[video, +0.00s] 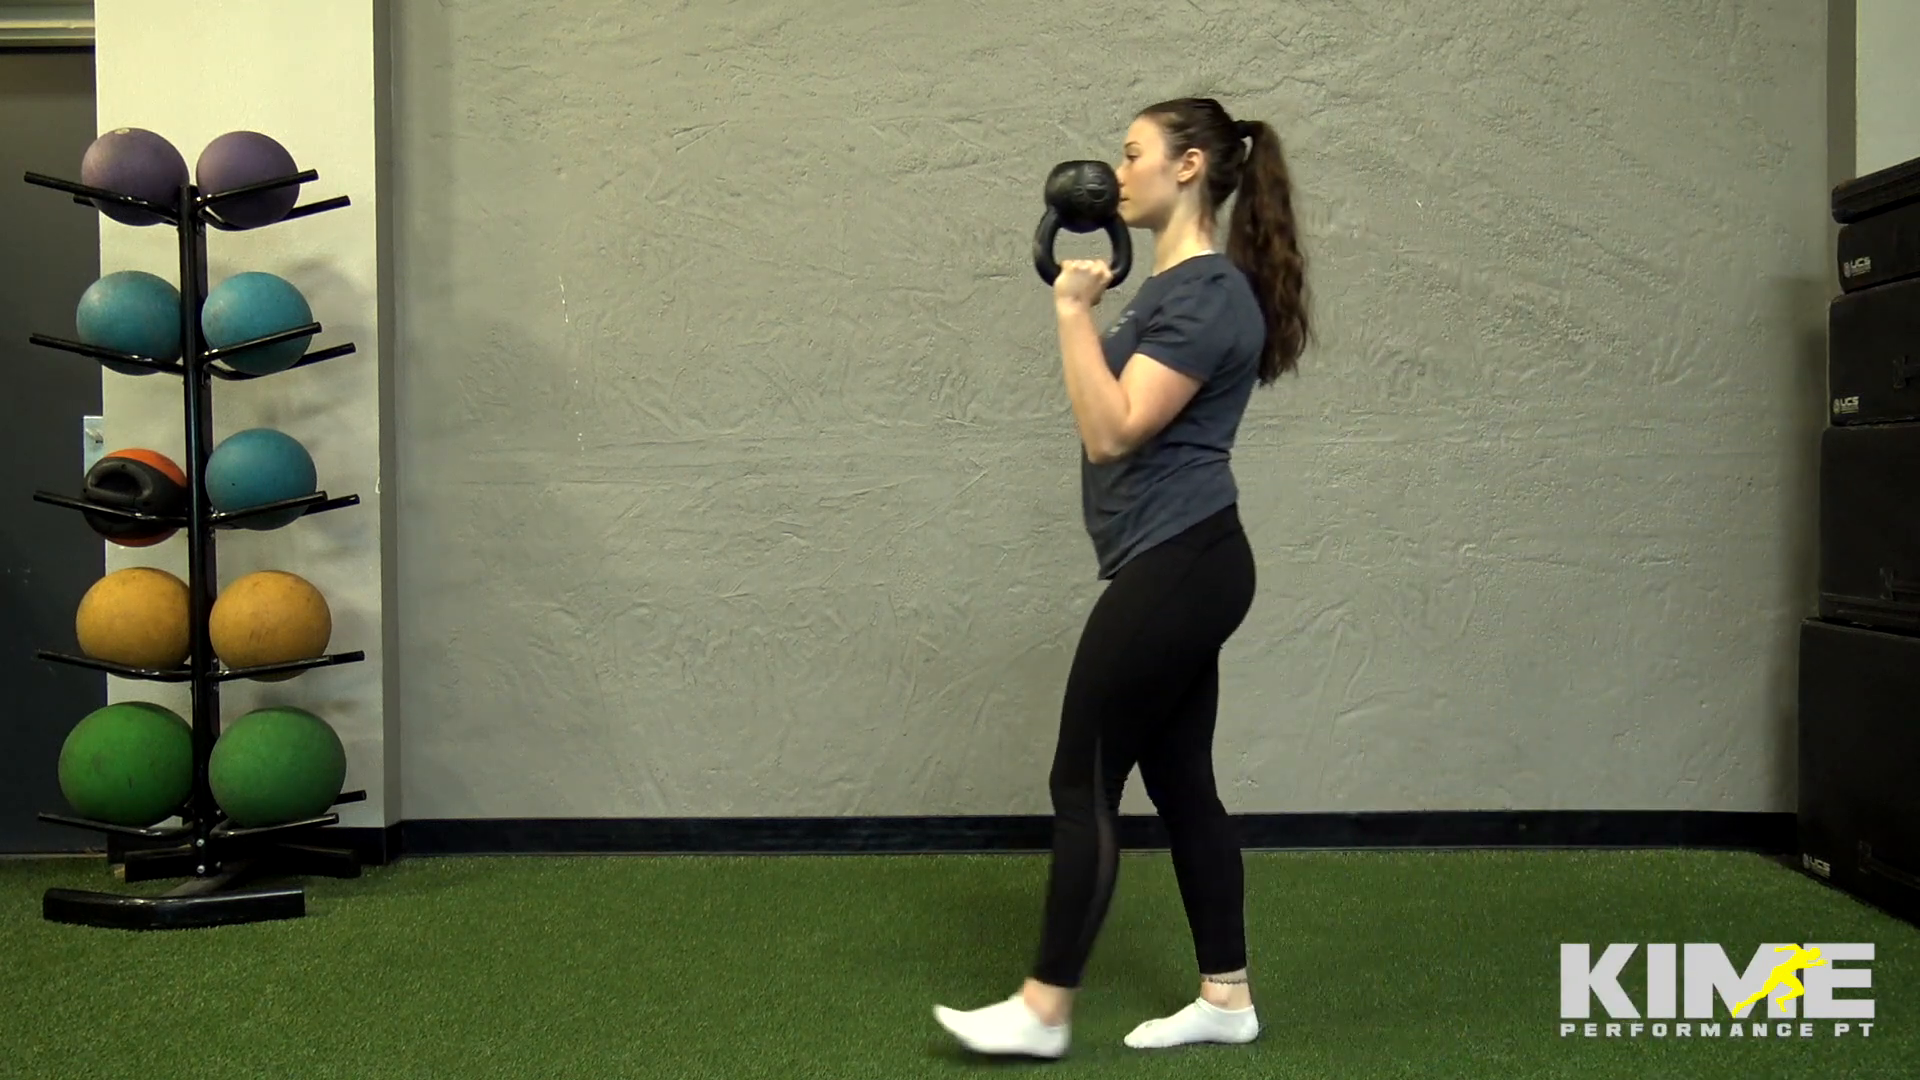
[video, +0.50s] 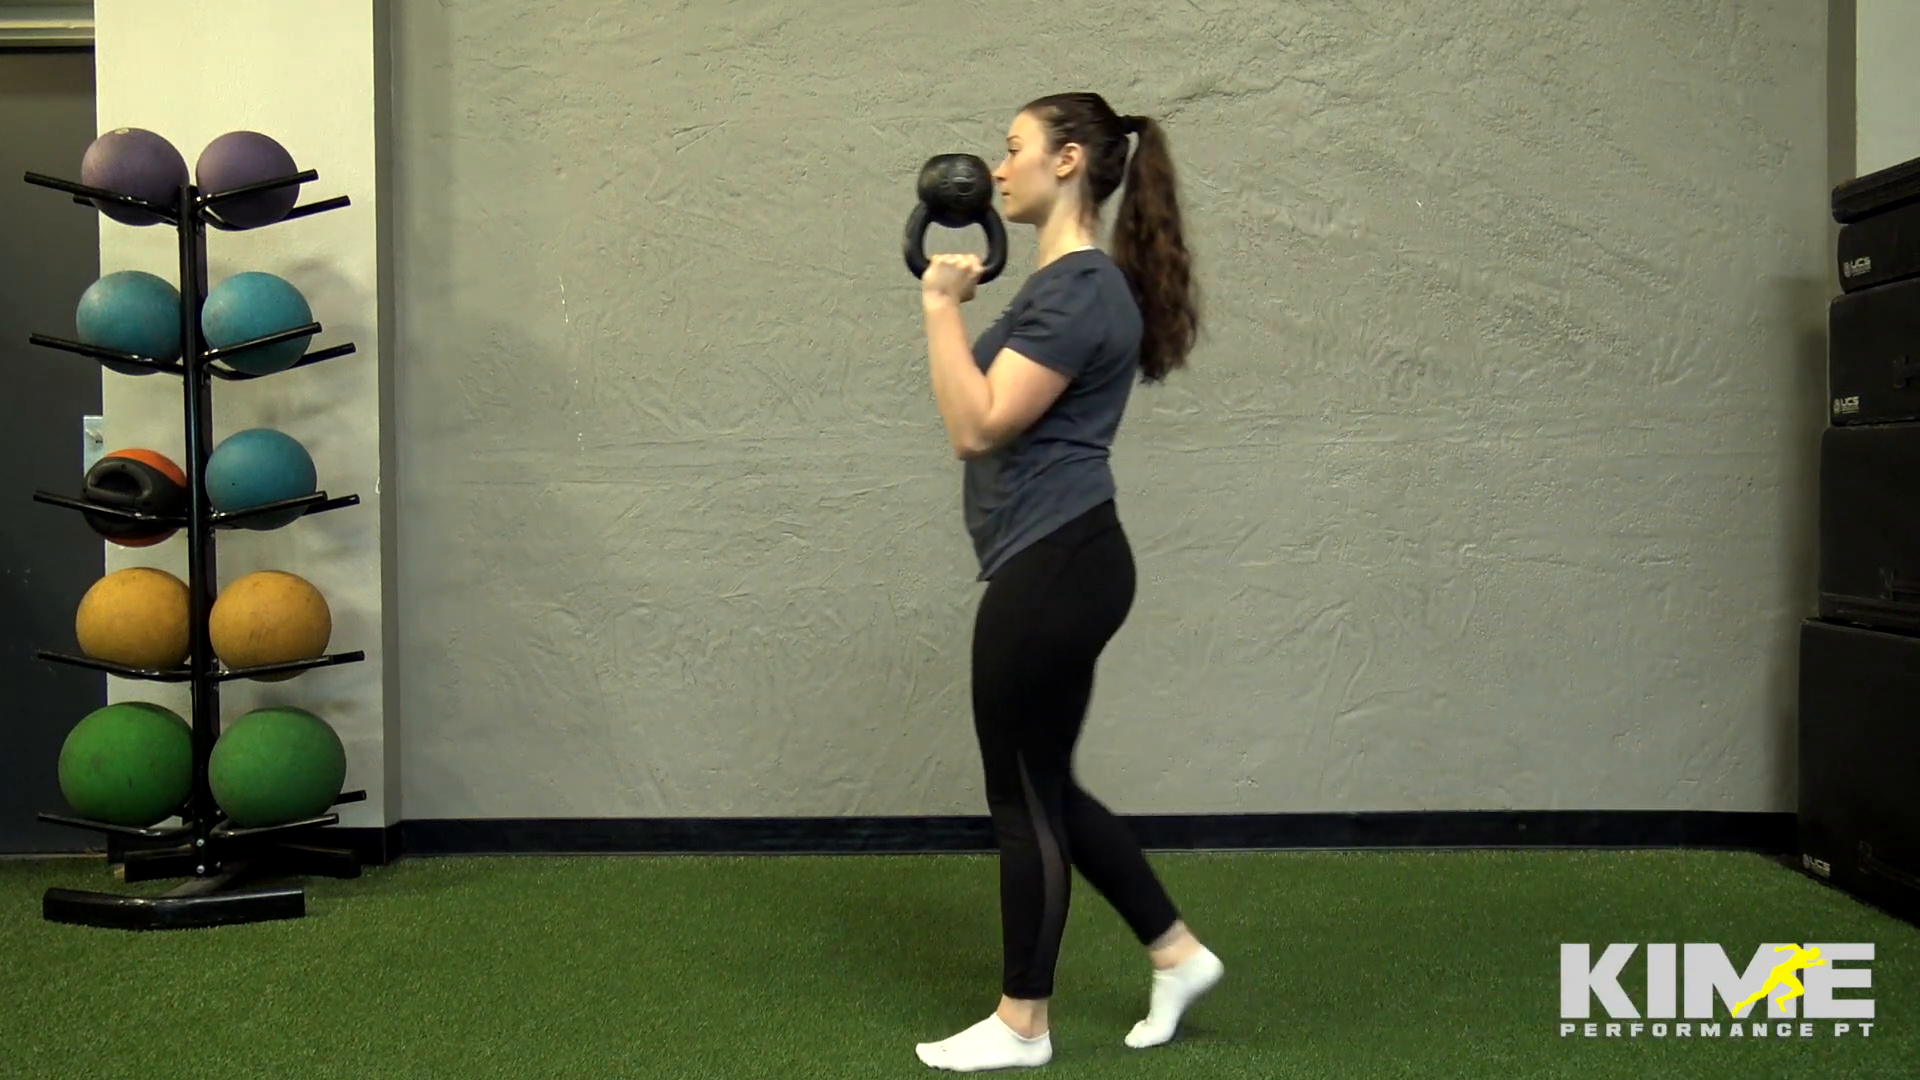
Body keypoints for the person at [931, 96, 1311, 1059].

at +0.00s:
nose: (1116, 175)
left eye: (1132, 158)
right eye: (1120, 159)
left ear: (1190, 172)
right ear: (1188, 175)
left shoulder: (1206, 293)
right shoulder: (1170, 286)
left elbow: (1111, 432)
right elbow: (1110, 424)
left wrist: (1073, 312)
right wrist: (1083, 308)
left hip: (1179, 564)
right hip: (1169, 562)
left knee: (1083, 776)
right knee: (1183, 787)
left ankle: (1044, 1006)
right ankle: (1228, 997)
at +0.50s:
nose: (998, 170)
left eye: (1015, 152)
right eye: (1004, 152)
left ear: (1069, 165)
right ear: (1072, 166)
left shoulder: (1078, 288)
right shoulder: (1067, 281)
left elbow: (979, 424)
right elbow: (976, 425)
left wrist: (940, 304)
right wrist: (950, 306)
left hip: (1053, 565)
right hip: (1058, 558)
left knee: (1020, 792)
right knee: (1045, 782)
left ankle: (1022, 1018)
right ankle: (1178, 952)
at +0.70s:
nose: (952, 168)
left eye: (968, 150)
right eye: (957, 151)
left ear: (1023, 161)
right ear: (1022, 161)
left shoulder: (1039, 286)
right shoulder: (1014, 279)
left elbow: (934, 423)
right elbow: (931, 420)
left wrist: (892, 304)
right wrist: (898, 304)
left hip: (1020, 563)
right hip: (985, 563)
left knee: (1002, 791)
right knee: (923, 775)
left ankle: (1021, 1022)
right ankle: (1049, 944)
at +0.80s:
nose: (934, 168)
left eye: (951, 150)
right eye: (939, 151)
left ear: (1004, 160)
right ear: (1004, 162)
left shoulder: (1023, 285)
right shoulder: (995, 280)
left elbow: (917, 421)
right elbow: (907, 423)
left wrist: (873, 304)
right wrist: (876, 304)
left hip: (1005, 562)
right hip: (963, 564)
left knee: (995, 793)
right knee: (899, 770)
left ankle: (1023, 1020)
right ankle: (958, 979)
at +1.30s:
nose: (813, 174)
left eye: (828, 157)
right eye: (819, 157)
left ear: (878, 171)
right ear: (884, 172)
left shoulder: (888, 295)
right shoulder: (879, 289)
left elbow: (784, 429)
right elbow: (779, 435)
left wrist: (745, 312)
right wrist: (755, 317)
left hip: (871, 564)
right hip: (857, 562)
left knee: (860, 791)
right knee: (835, 788)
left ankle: (996, 987)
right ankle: (820, 1000)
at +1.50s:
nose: (763, 176)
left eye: (778, 159)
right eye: (768, 159)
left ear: (829, 171)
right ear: (833, 173)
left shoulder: (842, 295)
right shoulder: (838, 290)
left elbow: (739, 434)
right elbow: (736, 434)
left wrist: (697, 317)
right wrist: (705, 318)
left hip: (817, 563)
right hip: (832, 558)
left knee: (739, 792)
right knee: (811, 788)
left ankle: (894, 956)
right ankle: (817, 1000)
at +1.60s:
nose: (735, 176)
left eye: (749, 159)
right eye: (740, 159)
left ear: (800, 171)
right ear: (806, 173)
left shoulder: (812, 295)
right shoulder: (818, 290)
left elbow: (710, 433)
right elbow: (706, 434)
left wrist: (669, 317)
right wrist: (676, 318)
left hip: (788, 564)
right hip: (821, 558)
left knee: (689, 781)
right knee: (800, 782)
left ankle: (768, 992)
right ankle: (818, 993)